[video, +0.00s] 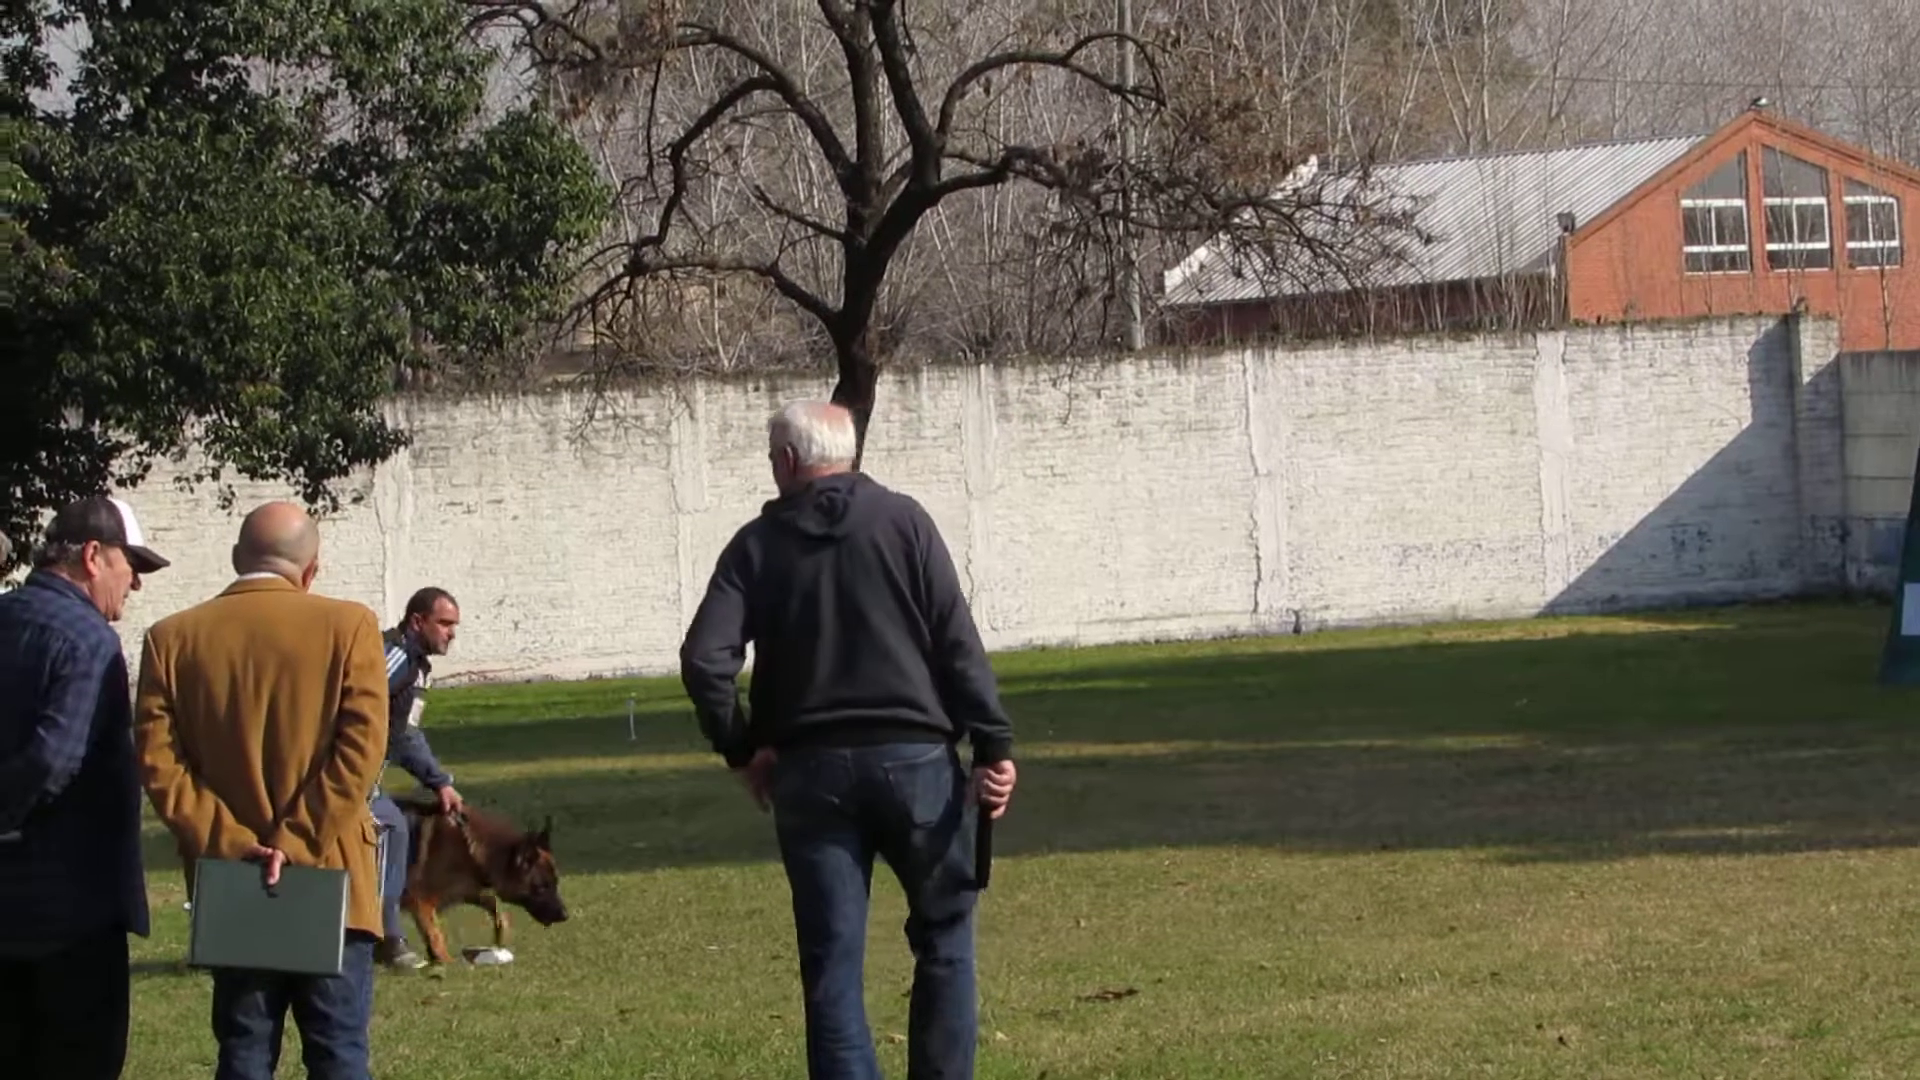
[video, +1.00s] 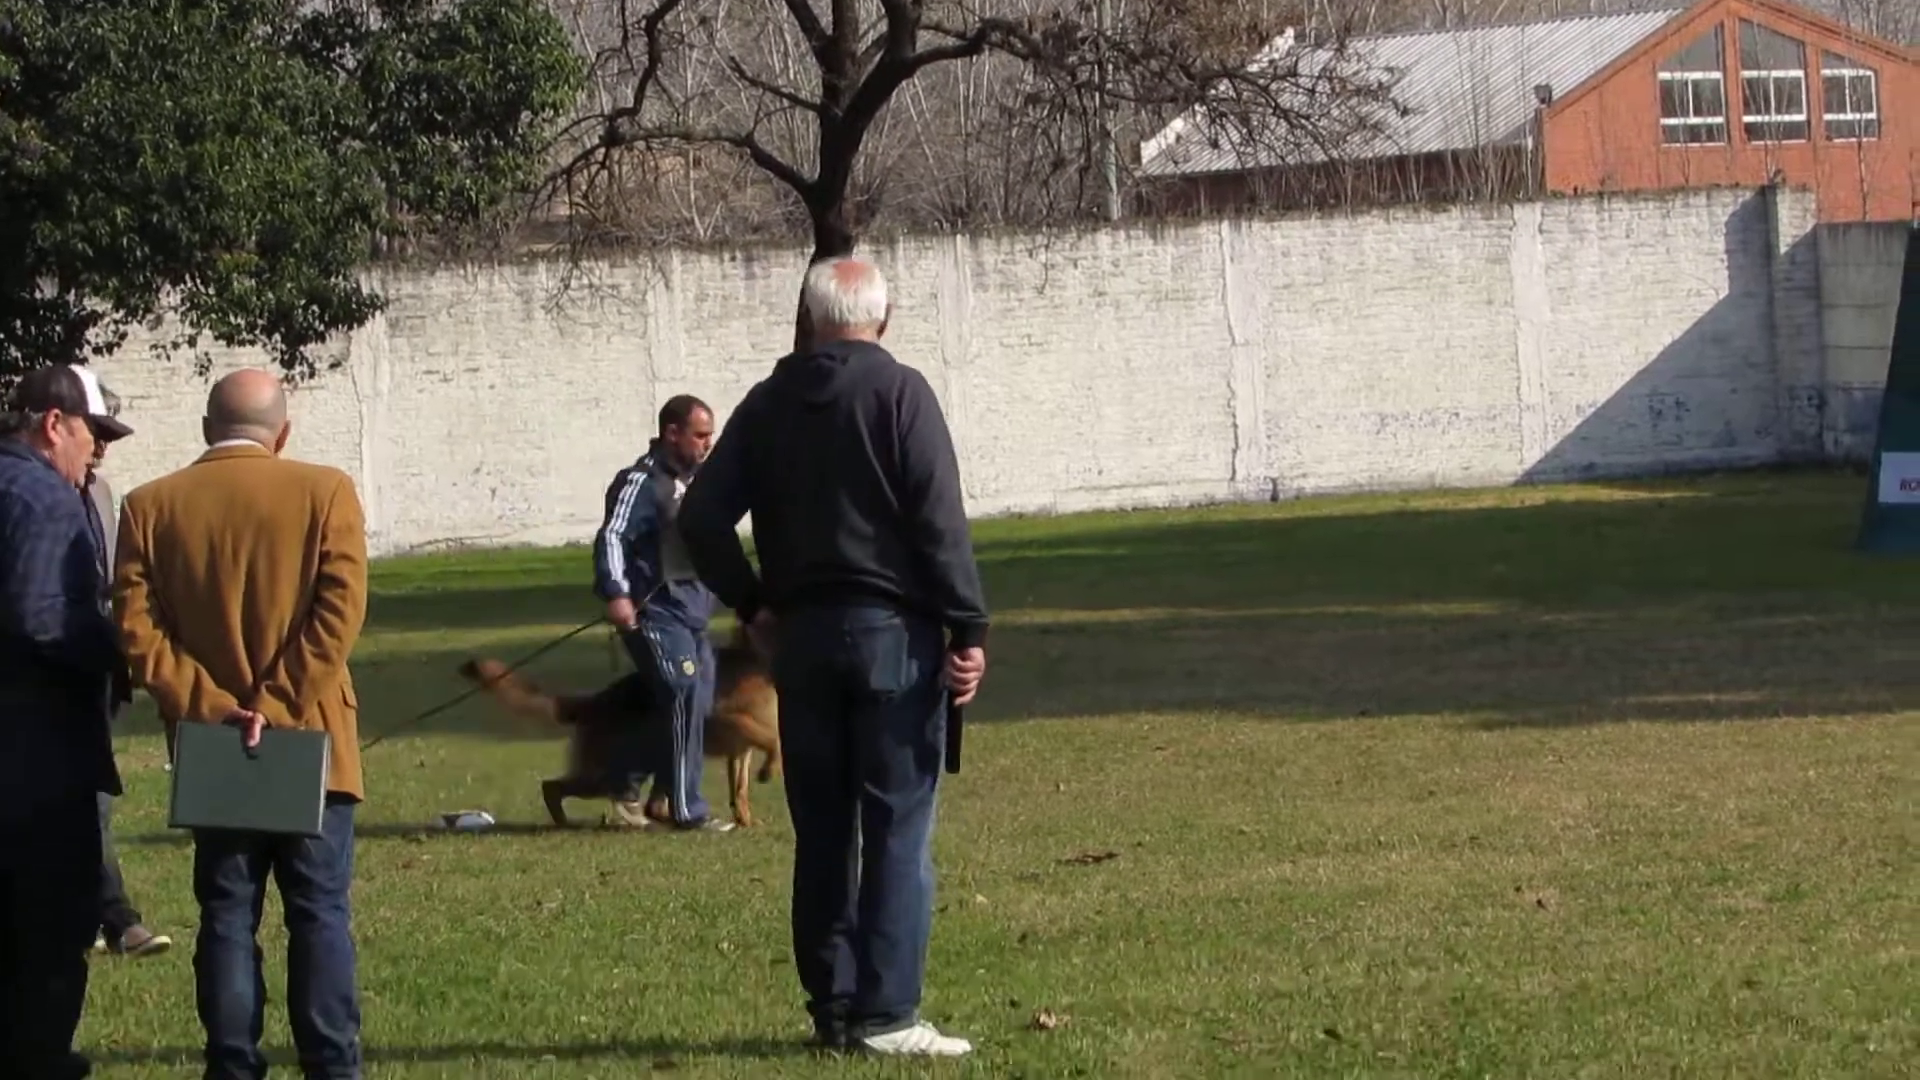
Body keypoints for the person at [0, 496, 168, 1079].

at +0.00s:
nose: (135, 584)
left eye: (137, 571)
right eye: (131, 567)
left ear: (68, 555)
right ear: (92, 557)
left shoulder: (8, 612)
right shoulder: (87, 638)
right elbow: (51, 760)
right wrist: (9, 820)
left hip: (14, 892)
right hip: (71, 900)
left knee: (20, 1049)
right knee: (85, 1059)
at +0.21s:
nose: (126, 584)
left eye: (128, 571)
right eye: (122, 567)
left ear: (63, 556)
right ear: (83, 558)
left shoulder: (8, 610)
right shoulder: (77, 637)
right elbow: (44, 760)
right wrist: (7, 820)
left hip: (14, 891)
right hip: (65, 898)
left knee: (20, 1048)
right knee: (81, 1057)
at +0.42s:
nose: (131, 582)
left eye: (133, 569)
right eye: (126, 565)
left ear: (66, 555)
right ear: (87, 557)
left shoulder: (13, 610)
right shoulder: (82, 634)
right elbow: (47, 749)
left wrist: (19, 812)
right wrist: (11, 817)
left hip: (18, 887)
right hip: (69, 895)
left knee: (25, 1047)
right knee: (84, 1056)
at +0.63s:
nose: (117, 575)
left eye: (118, 561)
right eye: (112, 558)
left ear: (61, 551)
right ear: (74, 551)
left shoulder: (13, 602)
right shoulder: (69, 623)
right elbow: (37, 724)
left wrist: (106, 688)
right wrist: (23, 830)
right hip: (62, 900)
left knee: (24, 1049)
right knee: (76, 1057)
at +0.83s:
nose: (103, 527)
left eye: (104, 513)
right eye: (97, 511)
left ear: (50, 505)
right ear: (60, 504)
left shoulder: (15, 557)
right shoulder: (55, 574)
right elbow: (31, 680)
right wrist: (87, 760)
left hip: (18, 832)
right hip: (47, 843)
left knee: (27, 1003)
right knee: (64, 1006)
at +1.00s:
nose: (98, 446)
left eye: (99, 433)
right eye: (91, 431)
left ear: (45, 428)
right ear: (53, 426)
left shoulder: (27, 489)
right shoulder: (44, 499)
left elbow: (46, 617)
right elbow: (45, 619)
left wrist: (112, 656)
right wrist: (116, 659)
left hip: (32, 751)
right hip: (43, 758)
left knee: (46, 911)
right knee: (54, 917)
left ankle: (36, 1050)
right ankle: (41, 1055)